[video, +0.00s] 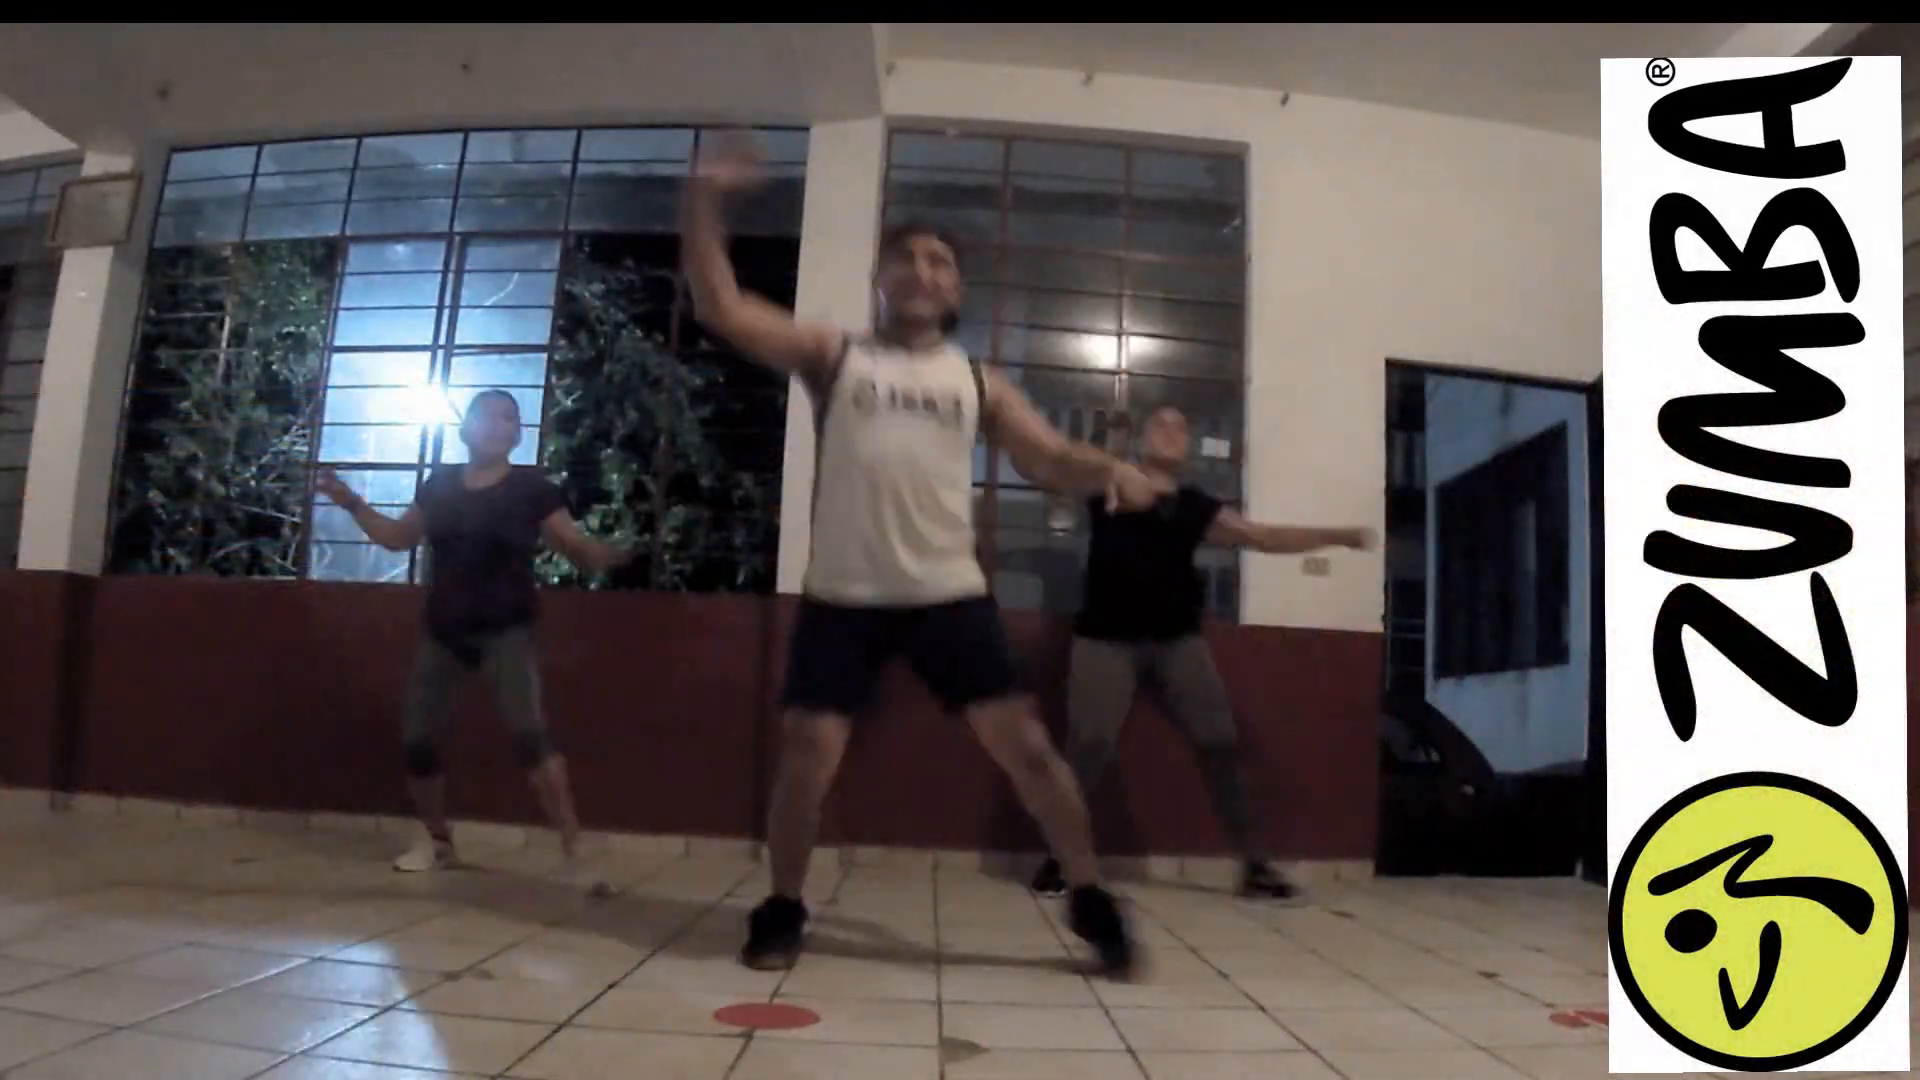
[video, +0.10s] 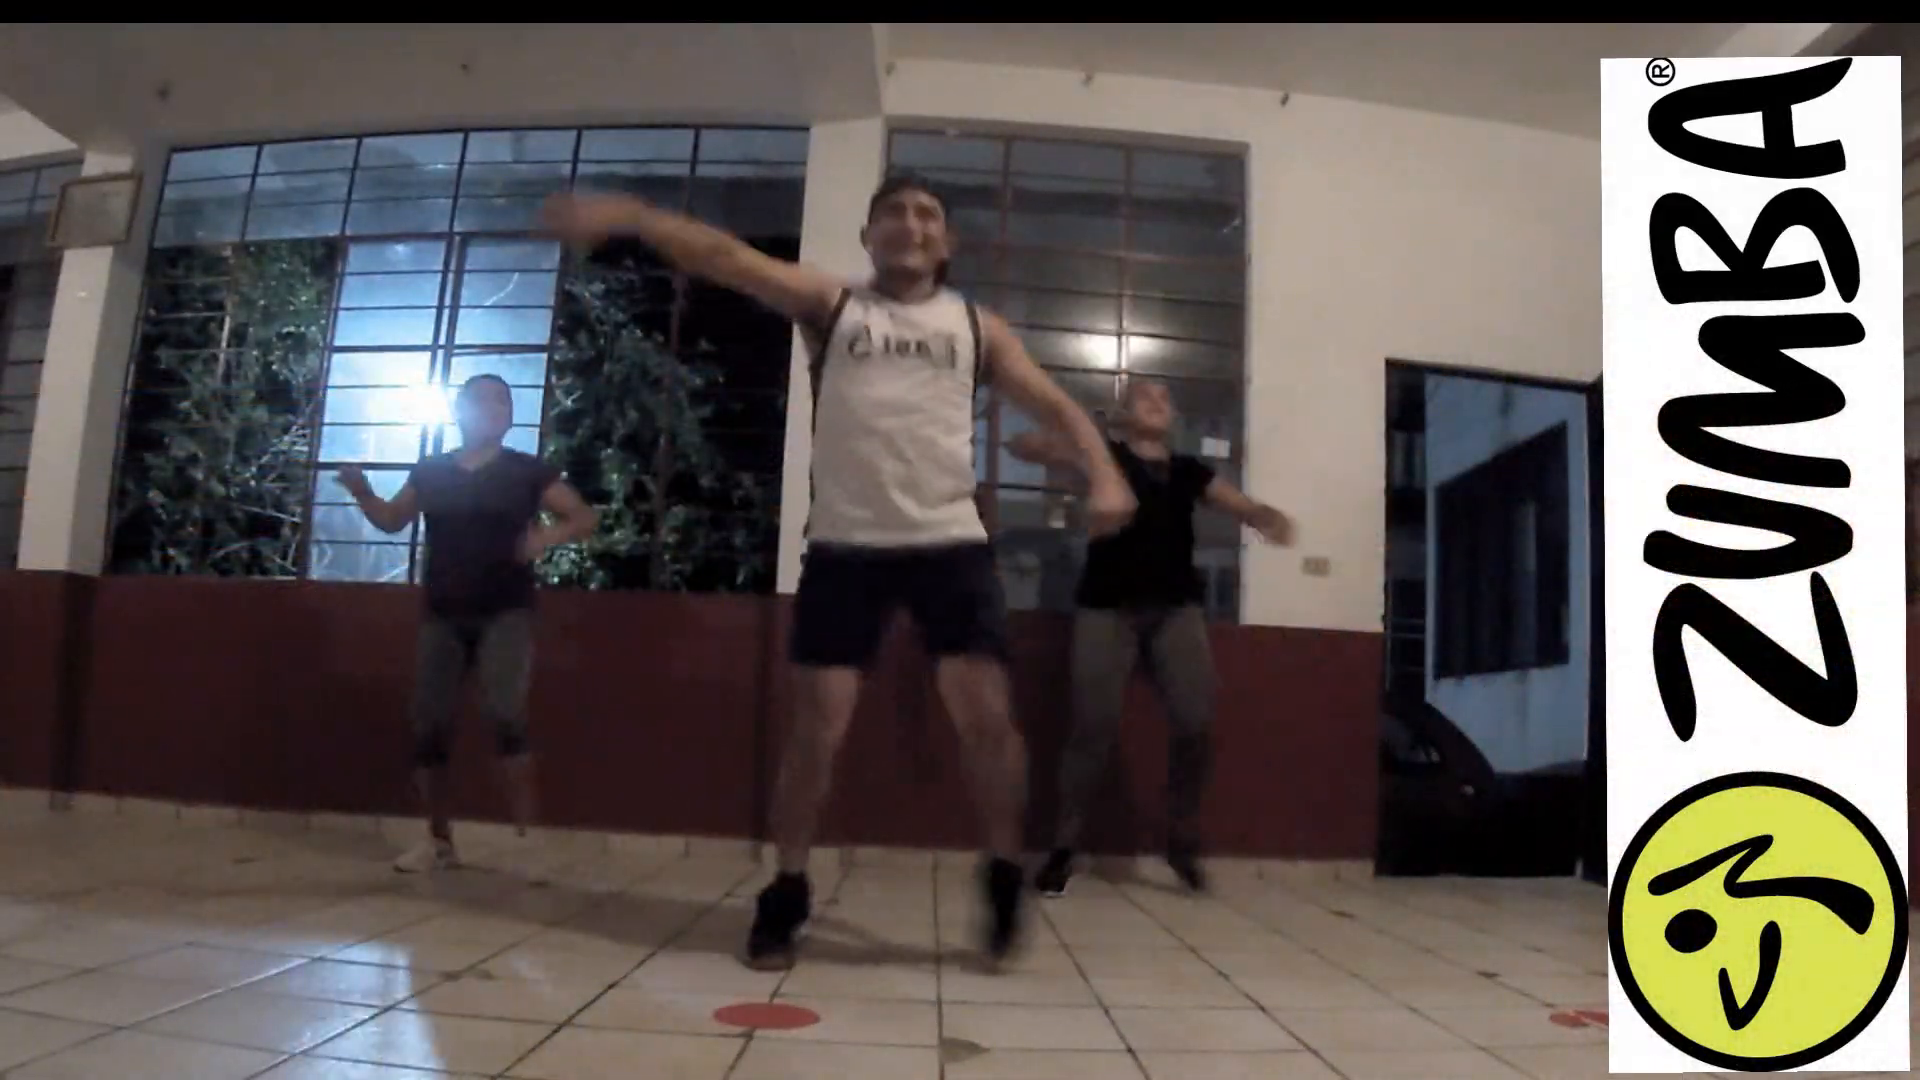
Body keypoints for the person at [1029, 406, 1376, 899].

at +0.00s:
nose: (1169, 436)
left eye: (1178, 430)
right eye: (1160, 427)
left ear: (1189, 446)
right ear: (1141, 438)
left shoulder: (1192, 505)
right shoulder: (1109, 485)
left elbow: (1261, 537)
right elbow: (1054, 472)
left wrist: (1337, 537)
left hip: (1175, 638)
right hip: (1106, 637)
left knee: (1218, 741)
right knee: (1090, 747)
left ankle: (1254, 865)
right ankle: (1061, 858)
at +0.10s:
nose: (1154, 407)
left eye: (1161, 402)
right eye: (1143, 400)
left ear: (1171, 417)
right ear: (1122, 414)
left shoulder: (1186, 469)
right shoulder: (1102, 460)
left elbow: (1236, 502)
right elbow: (1031, 449)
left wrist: (1268, 520)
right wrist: (1044, 449)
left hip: (1174, 605)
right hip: (1107, 606)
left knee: (1195, 720)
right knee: (1093, 725)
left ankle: (1183, 842)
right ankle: (1063, 846)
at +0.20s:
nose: (1147, 401)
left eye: (1155, 394)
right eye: (1135, 393)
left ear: (1166, 408)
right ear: (1114, 406)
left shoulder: (1183, 458)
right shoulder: (1097, 450)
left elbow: (1231, 510)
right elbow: (1032, 477)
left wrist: (1235, 534)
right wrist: (1072, 469)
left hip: (1171, 601)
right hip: (1105, 599)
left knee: (1167, 722)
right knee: (1093, 720)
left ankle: (1134, 825)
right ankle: (1075, 839)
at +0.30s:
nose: (1141, 422)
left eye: (1149, 414)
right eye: (1129, 415)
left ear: (1163, 427)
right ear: (1112, 431)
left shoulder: (1186, 490)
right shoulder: (1092, 487)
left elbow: (1210, 562)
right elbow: (1047, 535)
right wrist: (1046, 524)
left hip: (1162, 632)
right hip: (1099, 629)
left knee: (1142, 744)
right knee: (1095, 739)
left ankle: (1109, 846)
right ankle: (1081, 853)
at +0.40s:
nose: (1144, 439)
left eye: (1151, 430)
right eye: (1132, 431)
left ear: (1164, 443)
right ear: (1113, 446)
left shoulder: (1187, 506)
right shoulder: (1090, 504)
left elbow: (1214, 579)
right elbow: (1064, 564)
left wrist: (1173, 599)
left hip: (1160, 649)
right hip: (1093, 643)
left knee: (1162, 759)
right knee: (1093, 750)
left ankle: (1119, 843)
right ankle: (1083, 855)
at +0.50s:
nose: (1150, 431)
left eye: (1157, 422)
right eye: (1138, 424)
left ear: (1169, 433)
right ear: (1118, 437)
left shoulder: (1191, 494)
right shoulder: (1098, 497)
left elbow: (1242, 529)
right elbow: (1070, 565)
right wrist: (1070, 616)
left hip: (1172, 640)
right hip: (1106, 638)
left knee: (1208, 732)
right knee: (1097, 742)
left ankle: (1162, 834)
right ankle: (1087, 851)